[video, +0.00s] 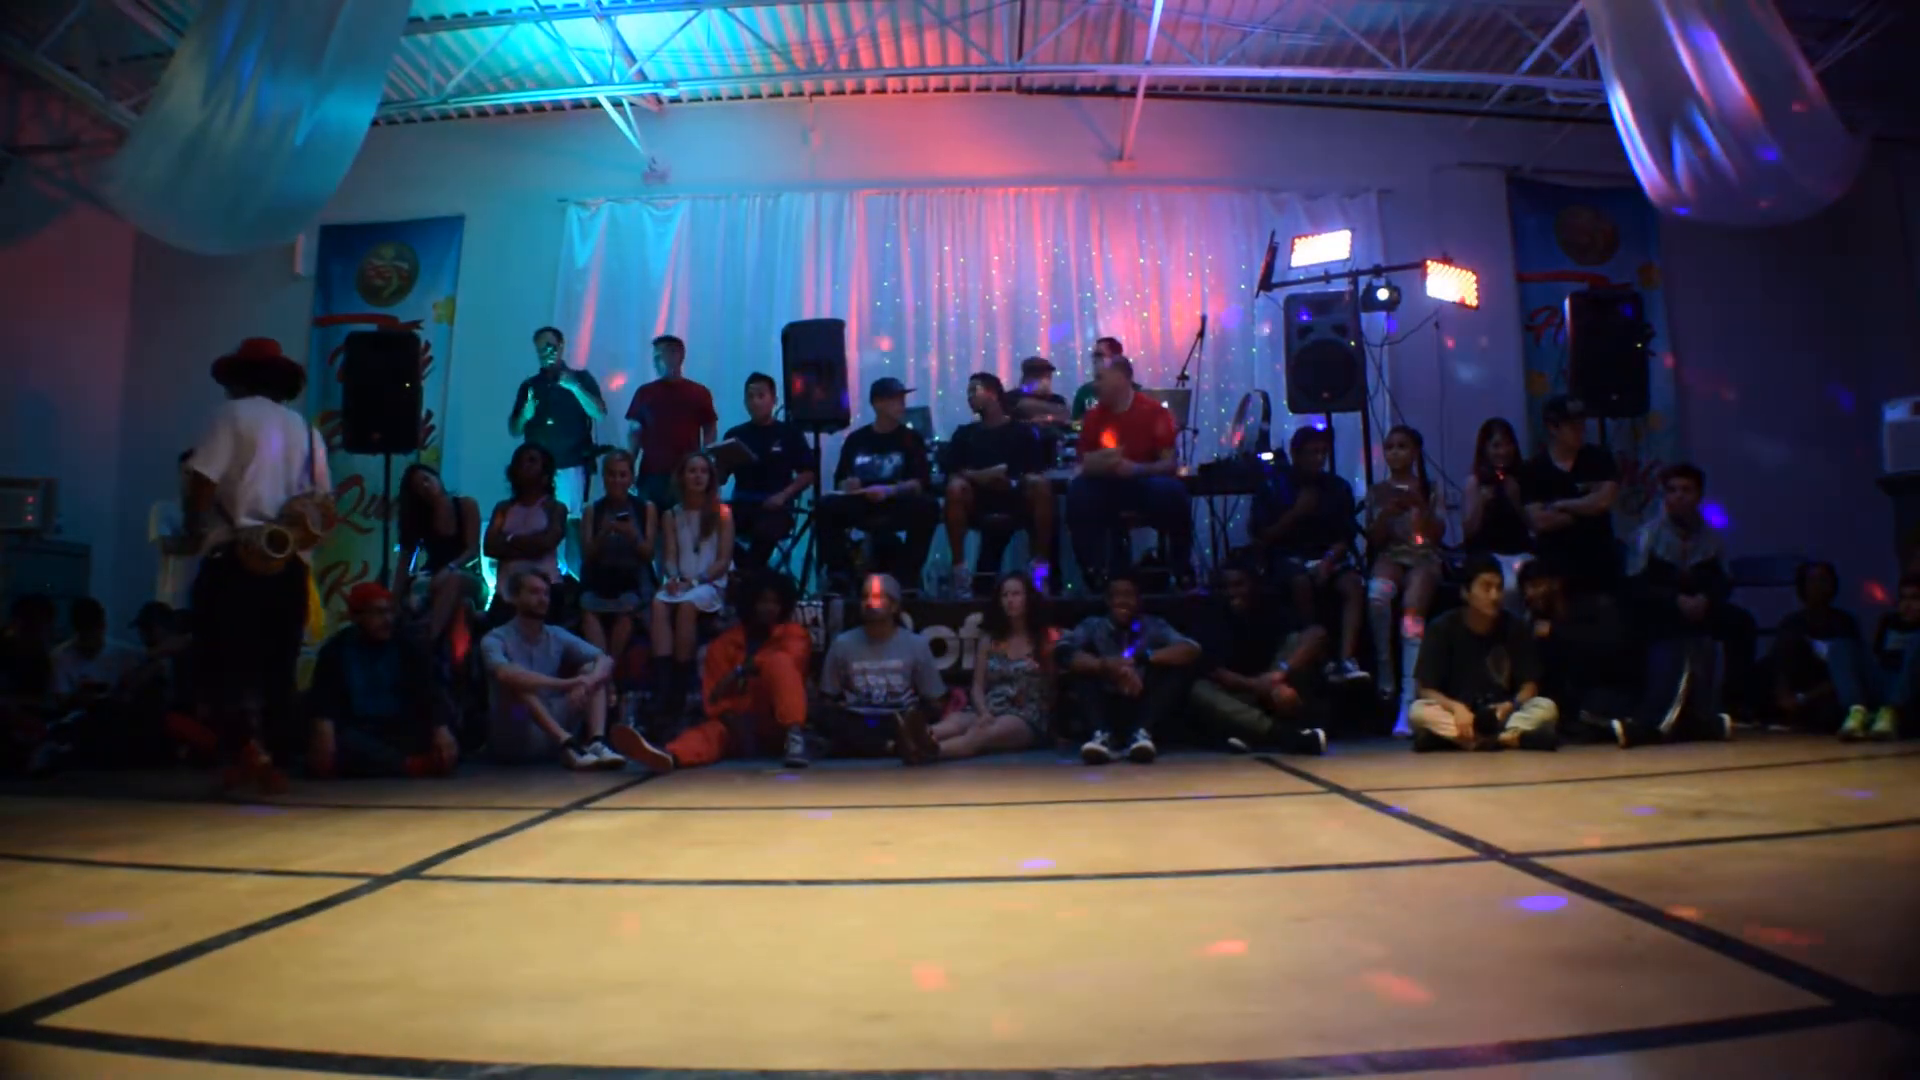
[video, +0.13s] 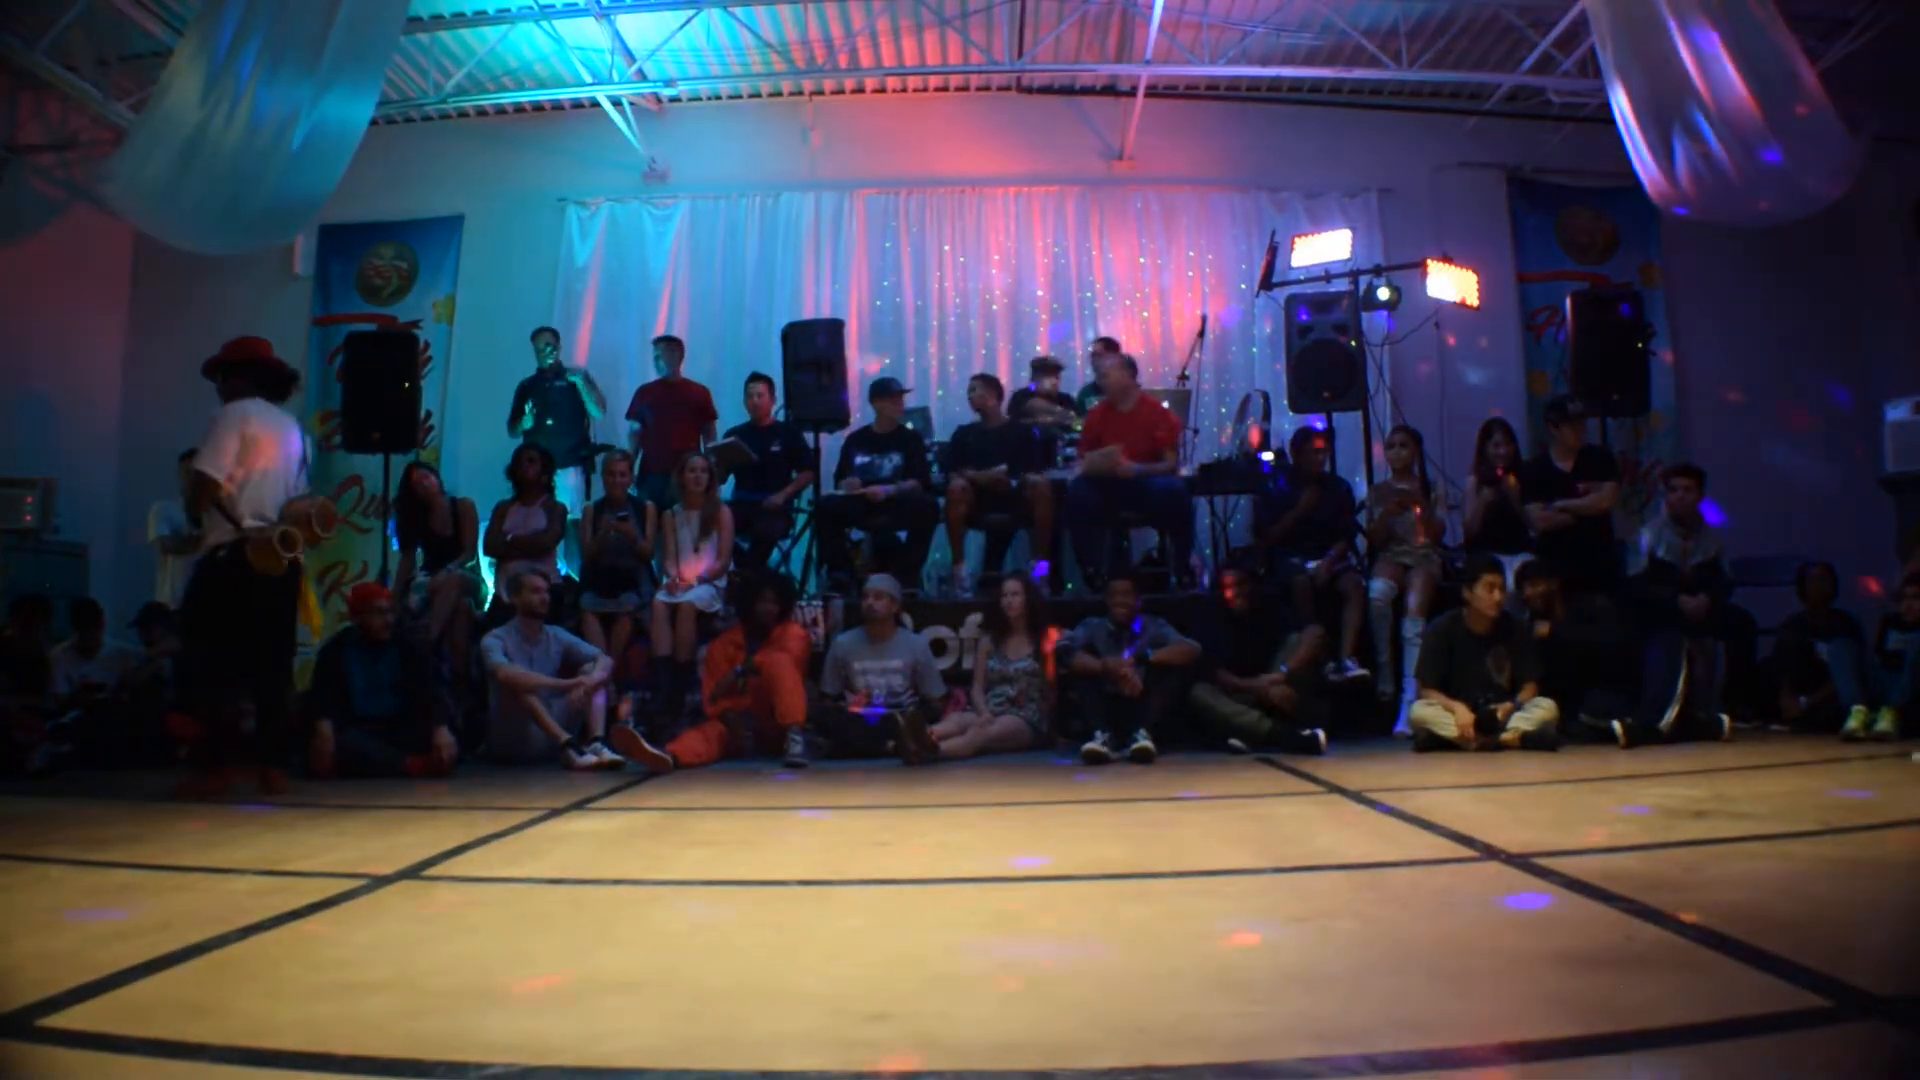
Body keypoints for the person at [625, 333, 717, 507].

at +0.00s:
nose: (657, 360)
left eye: (663, 354)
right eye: (655, 356)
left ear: (679, 356)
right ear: (653, 360)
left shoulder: (699, 393)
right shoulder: (645, 393)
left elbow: (710, 431)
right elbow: (634, 433)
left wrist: (704, 466)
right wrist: (628, 470)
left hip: (687, 476)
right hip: (652, 474)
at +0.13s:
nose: (656, 361)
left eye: (661, 355)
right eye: (655, 356)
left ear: (678, 356)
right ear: (653, 360)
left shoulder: (699, 393)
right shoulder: (644, 393)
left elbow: (709, 436)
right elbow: (634, 435)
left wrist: (711, 476)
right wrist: (628, 471)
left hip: (687, 477)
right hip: (651, 475)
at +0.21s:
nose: (656, 361)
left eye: (661, 355)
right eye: (655, 356)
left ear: (679, 356)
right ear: (653, 360)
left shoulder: (699, 393)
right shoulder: (645, 392)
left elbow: (711, 435)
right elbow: (634, 434)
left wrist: (715, 473)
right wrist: (628, 471)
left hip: (687, 478)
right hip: (651, 475)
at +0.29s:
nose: (657, 361)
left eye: (662, 355)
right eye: (656, 356)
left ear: (679, 356)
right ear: (654, 360)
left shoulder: (700, 392)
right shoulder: (646, 393)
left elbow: (713, 436)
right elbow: (635, 434)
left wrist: (718, 475)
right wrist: (628, 471)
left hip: (688, 478)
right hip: (652, 475)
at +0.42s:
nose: (659, 363)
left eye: (664, 357)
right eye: (658, 358)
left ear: (681, 357)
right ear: (656, 361)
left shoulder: (701, 393)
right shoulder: (648, 394)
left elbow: (713, 435)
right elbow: (638, 434)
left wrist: (719, 472)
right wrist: (631, 470)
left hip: (690, 478)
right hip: (654, 476)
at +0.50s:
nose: (661, 361)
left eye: (665, 356)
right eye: (659, 357)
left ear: (681, 357)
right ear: (657, 361)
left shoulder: (701, 393)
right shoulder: (648, 394)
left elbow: (713, 434)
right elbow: (638, 435)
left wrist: (717, 471)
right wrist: (631, 470)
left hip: (690, 477)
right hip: (655, 475)